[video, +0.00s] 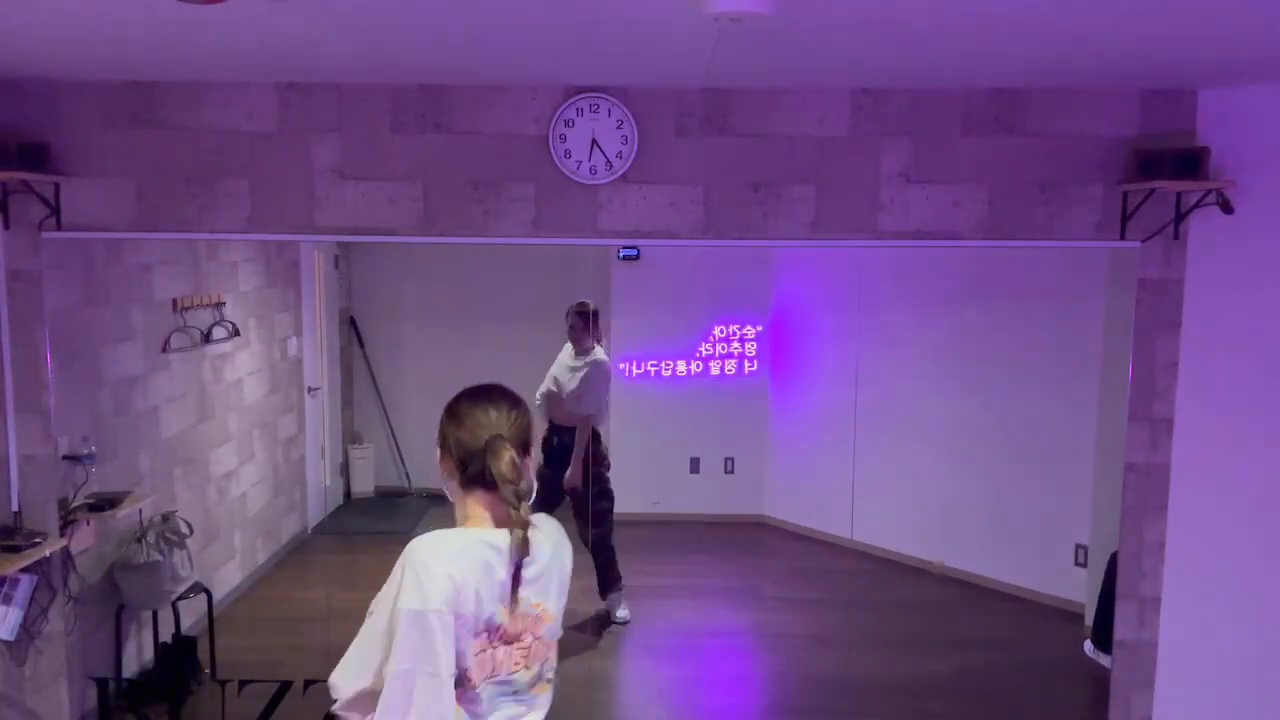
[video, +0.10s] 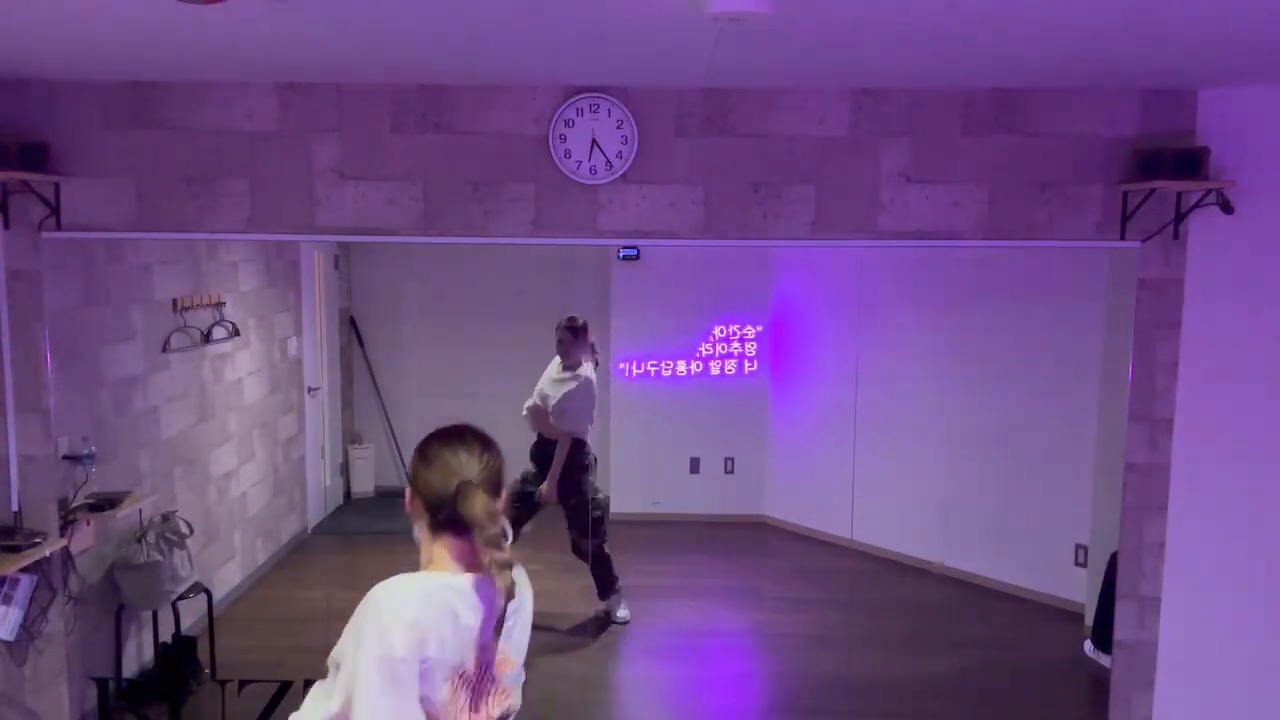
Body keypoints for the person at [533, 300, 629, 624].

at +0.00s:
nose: (572, 333)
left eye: (578, 328)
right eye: (570, 328)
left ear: (593, 329)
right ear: (567, 327)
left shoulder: (598, 365)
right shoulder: (568, 352)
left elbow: (587, 418)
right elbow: (554, 398)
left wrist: (576, 464)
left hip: (584, 447)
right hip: (555, 442)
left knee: (595, 526)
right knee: (537, 517)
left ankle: (614, 597)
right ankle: (519, 592)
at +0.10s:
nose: (560, 348)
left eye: (565, 343)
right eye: (558, 342)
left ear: (583, 345)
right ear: (557, 342)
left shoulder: (584, 381)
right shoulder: (558, 364)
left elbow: (570, 438)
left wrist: (551, 480)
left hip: (572, 460)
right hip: (544, 455)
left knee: (586, 537)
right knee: (506, 520)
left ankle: (613, 598)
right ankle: (482, 588)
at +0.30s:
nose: (541, 381)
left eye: (547, 375)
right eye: (539, 374)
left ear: (564, 376)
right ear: (537, 373)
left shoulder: (575, 410)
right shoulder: (537, 393)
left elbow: (557, 462)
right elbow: (529, 436)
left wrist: (516, 491)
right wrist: (510, 459)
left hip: (569, 490)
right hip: (537, 485)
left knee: (584, 557)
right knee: (473, 529)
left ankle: (613, 600)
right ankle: (474, 594)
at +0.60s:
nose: (533, 414)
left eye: (538, 410)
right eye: (533, 409)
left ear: (556, 413)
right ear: (532, 407)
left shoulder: (570, 436)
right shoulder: (526, 420)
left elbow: (559, 469)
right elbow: (503, 425)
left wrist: (513, 463)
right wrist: (476, 429)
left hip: (562, 513)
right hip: (526, 505)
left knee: (590, 567)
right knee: (456, 533)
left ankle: (612, 600)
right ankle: (474, 593)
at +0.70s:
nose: (528, 410)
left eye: (534, 407)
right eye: (528, 404)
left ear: (551, 407)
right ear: (526, 399)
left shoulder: (563, 422)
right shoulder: (516, 410)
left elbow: (565, 442)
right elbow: (488, 399)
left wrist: (519, 441)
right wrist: (468, 408)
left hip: (556, 502)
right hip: (517, 498)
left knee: (587, 559)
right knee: (450, 539)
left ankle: (613, 600)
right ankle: (474, 593)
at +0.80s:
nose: (526, 392)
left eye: (533, 387)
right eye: (522, 385)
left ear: (544, 387)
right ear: (517, 380)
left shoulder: (556, 401)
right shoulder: (505, 388)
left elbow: (571, 402)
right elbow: (468, 367)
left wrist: (530, 414)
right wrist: (462, 394)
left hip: (544, 482)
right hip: (508, 479)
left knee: (574, 544)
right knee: (448, 539)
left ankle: (612, 597)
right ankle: (474, 597)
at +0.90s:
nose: (519, 363)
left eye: (525, 358)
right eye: (516, 356)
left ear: (535, 357)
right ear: (508, 350)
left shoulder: (543, 367)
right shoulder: (492, 360)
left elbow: (576, 374)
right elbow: (446, 350)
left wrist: (544, 399)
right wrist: (458, 387)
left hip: (532, 460)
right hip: (497, 458)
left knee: (560, 530)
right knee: (453, 532)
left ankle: (600, 595)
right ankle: (472, 591)